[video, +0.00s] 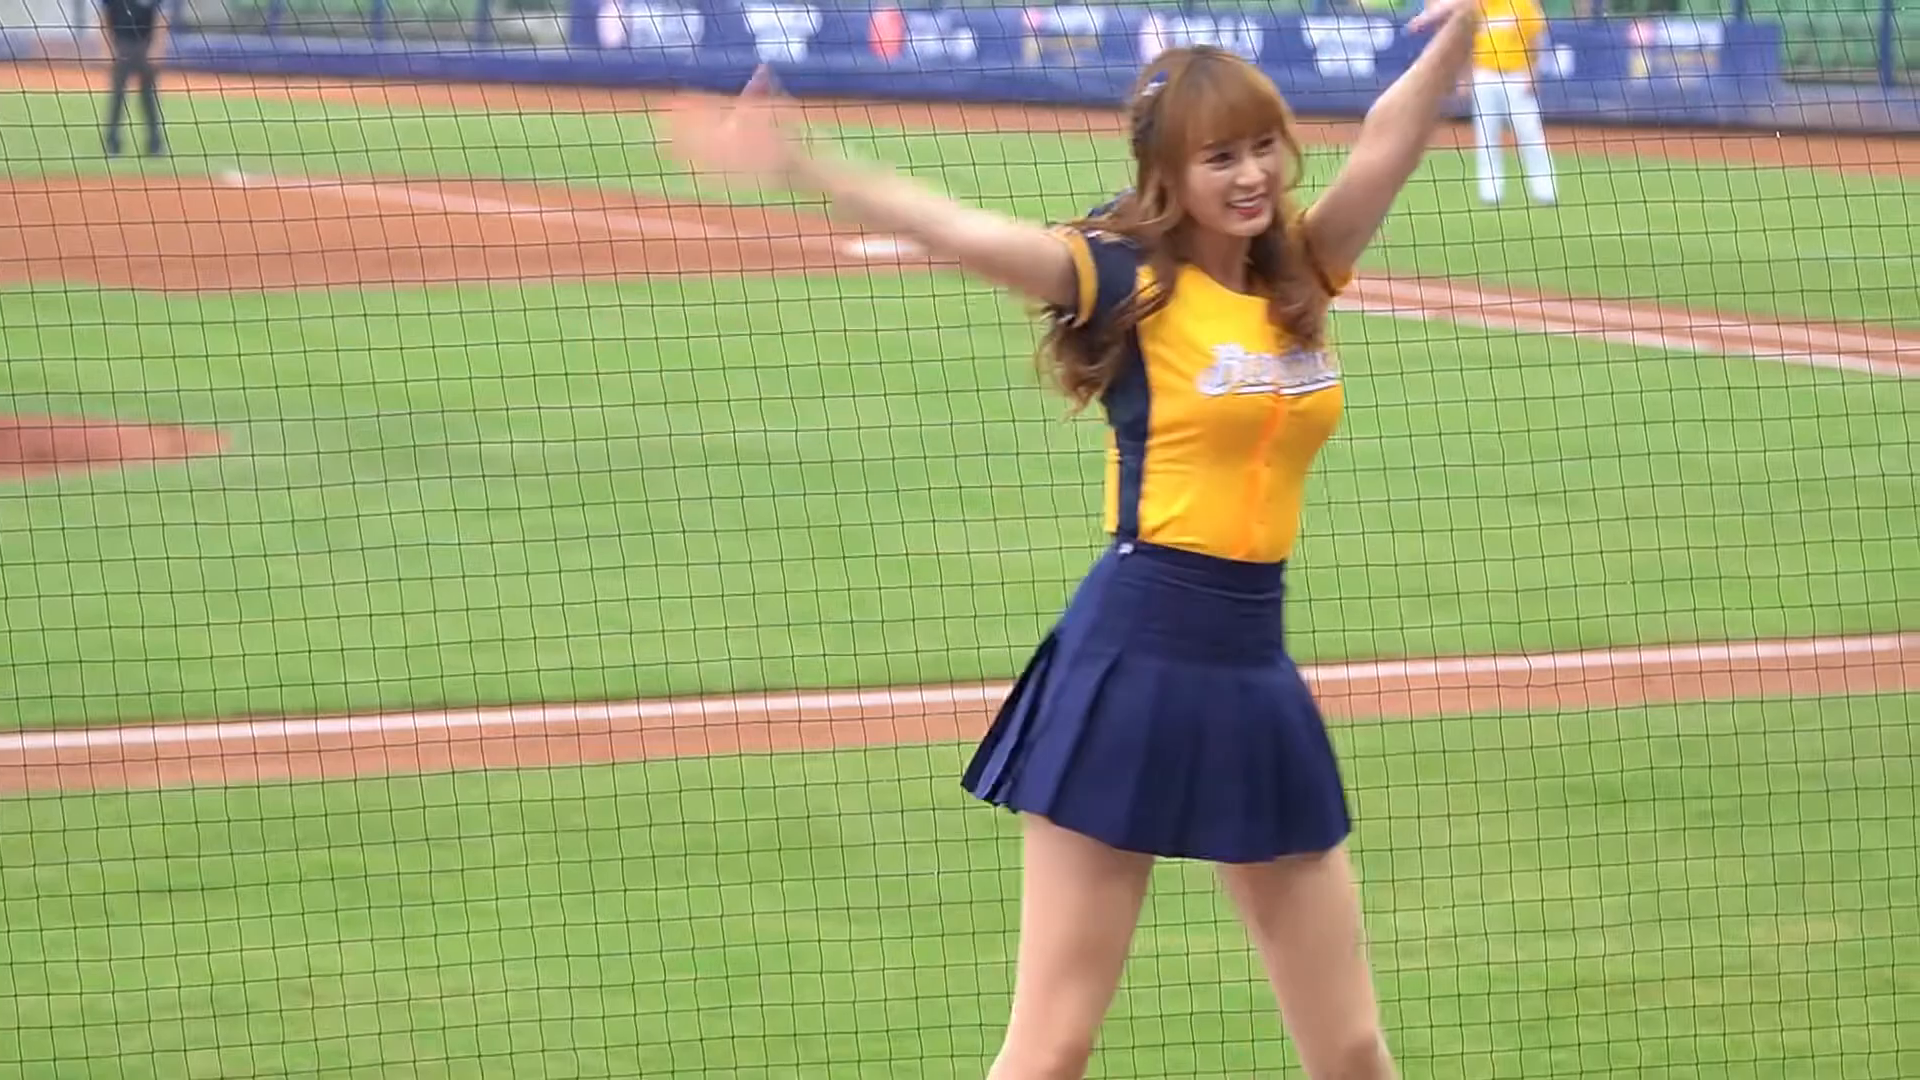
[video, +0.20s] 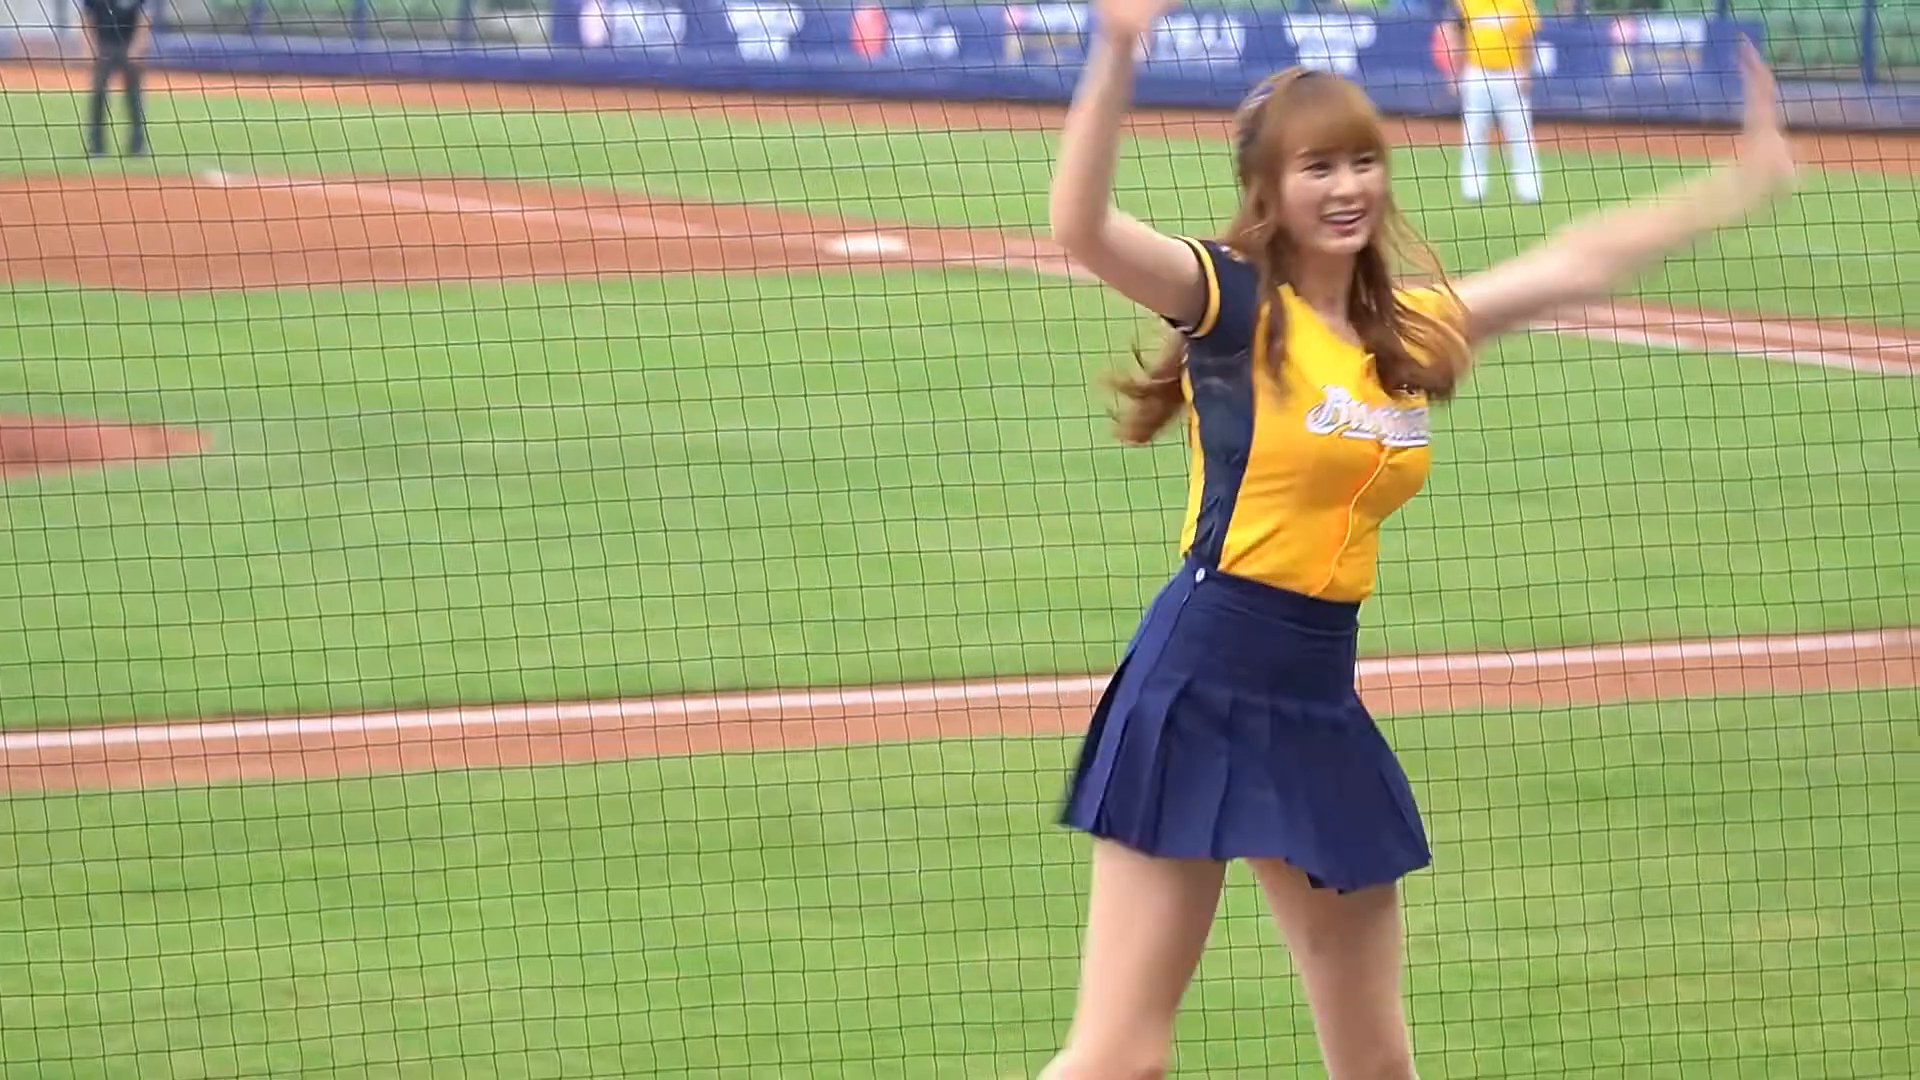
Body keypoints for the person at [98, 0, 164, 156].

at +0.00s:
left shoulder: (152, 4)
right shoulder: (111, 3)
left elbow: (161, 20)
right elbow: (105, 23)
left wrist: (156, 49)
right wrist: (112, 50)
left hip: (145, 46)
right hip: (121, 46)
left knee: (148, 96)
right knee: (117, 95)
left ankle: (154, 139)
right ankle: (112, 137)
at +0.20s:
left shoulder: (139, 3)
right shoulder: (93, 2)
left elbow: (145, 20)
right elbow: (86, 20)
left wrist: (136, 49)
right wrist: (92, 49)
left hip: (130, 45)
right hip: (104, 44)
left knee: (133, 96)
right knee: (99, 94)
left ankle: (137, 140)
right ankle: (96, 140)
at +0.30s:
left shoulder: (119, 3)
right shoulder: (74, 3)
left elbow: (126, 22)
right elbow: (68, 23)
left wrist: (114, 51)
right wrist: (76, 49)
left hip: (110, 48)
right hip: (85, 47)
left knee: (115, 98)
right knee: (79, 98)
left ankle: (119, 143)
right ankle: (81, 144)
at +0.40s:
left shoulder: (99, 3)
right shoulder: (54, 3)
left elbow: (108, 25)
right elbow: (49, 24)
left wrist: (94, 52)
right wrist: (55, 50)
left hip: (91, 50)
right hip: (65, 50)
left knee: (98, 102)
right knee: (60, 100)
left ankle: (102, 147)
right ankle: (61, 148)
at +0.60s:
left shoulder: (73, 6)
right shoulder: (34, 8)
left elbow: (91, 34)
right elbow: (31, 40)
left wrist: (73, 58)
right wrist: (39, 64)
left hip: (73, 63)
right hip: (49, 64)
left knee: (82, 111)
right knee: (41, 113)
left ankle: (93, 159)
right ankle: (46, 161)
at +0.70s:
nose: (40, 7)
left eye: (44, 4)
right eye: (37, 4)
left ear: (52, 4)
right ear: (31, 5)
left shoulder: (63, 15)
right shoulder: (25, 20)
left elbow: (83, 44)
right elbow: (22, 51)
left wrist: (65, 65)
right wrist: (32, 73)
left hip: (64, 72)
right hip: (41, 74)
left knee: (74, 118)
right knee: (33, 121)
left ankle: (85, 166)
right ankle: (38, 168)